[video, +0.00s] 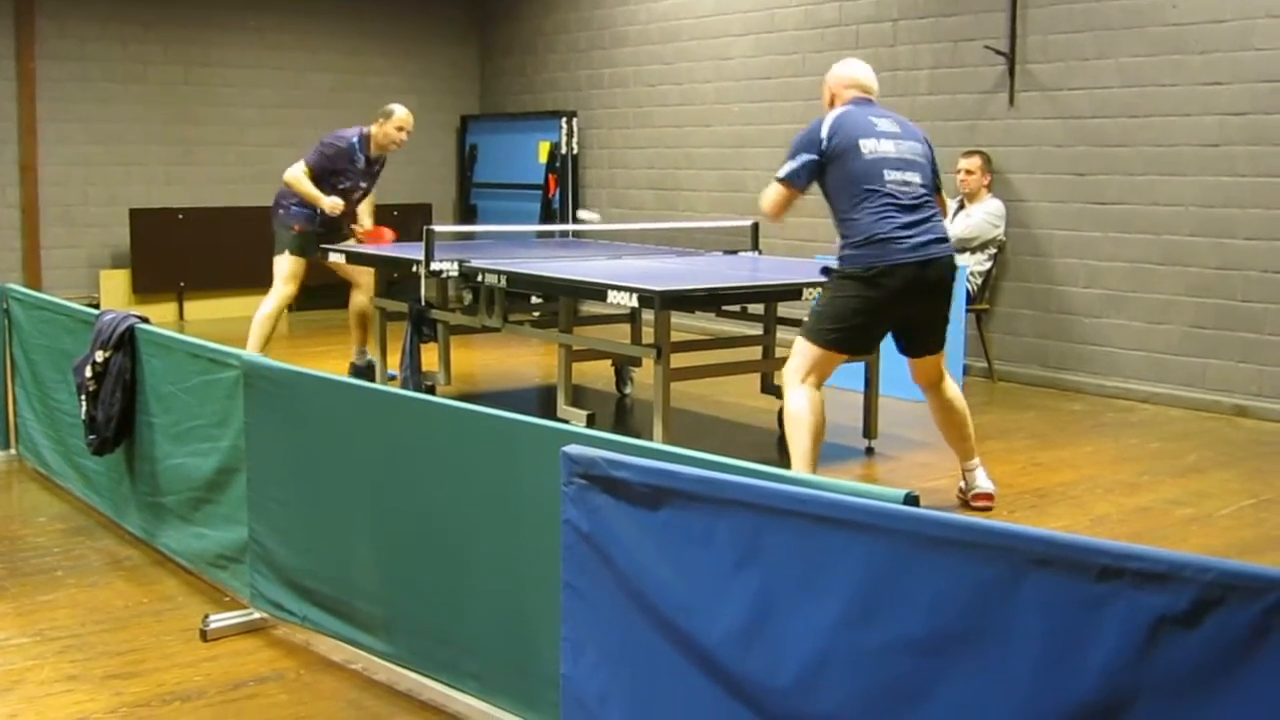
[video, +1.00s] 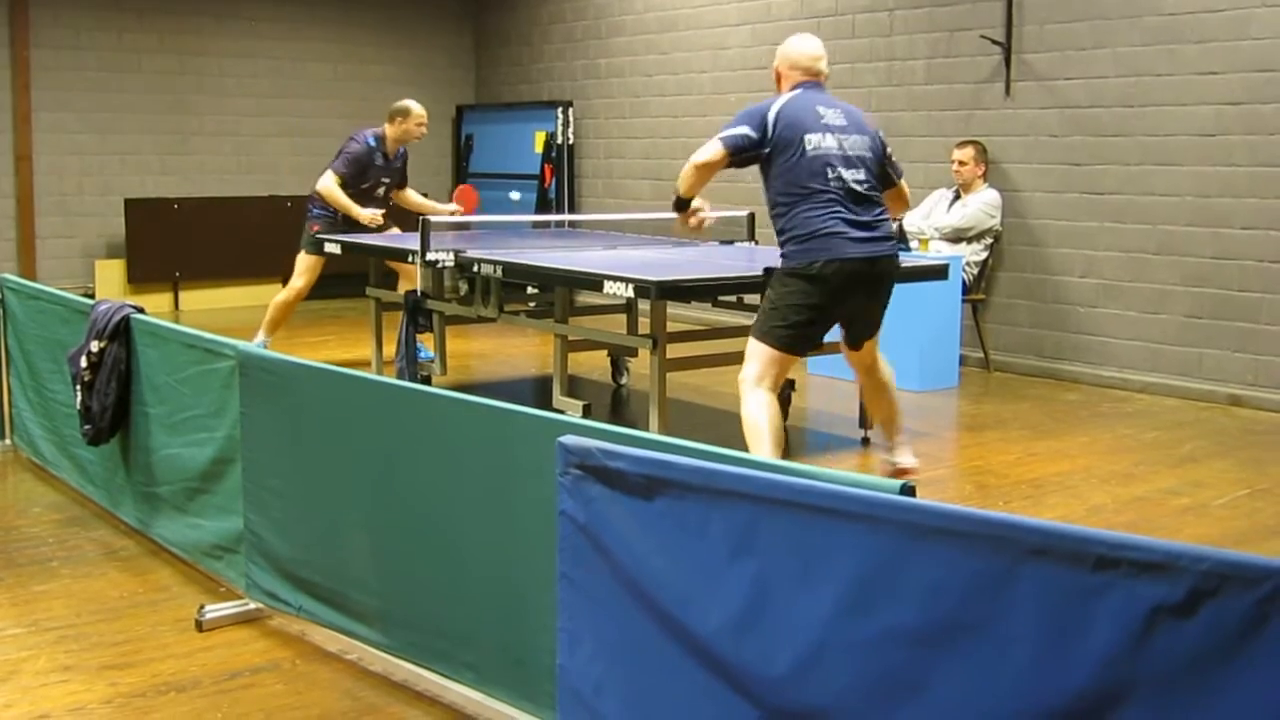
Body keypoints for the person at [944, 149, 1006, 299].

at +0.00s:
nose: (962, 178)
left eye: (969, 173)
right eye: (959, 172)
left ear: (986, 179)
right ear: (955, 175)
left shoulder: (994, 209)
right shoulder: (951, 206)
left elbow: (959, 238)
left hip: (963, 283)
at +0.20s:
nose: (964, 175)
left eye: (972, 170)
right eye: (961, 170)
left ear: (987, 176)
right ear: (956, 174)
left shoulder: (994, 205)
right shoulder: (942, 202)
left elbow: (965, 234)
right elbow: (917, 231)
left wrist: (927, 237)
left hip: (959, 280)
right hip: (923, 274)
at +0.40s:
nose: (964, 172)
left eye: (971, 167)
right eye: (960, 167)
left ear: (987, 173)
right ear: (956, 171)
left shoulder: (993, 204)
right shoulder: (944, 199)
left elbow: (961, 232)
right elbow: (911, 227)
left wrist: (925, 233)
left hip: (957, 279)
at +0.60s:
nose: (963, 170)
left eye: (970, 165)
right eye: (959, 165)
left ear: (986, 171)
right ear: (955, 169)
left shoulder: (992, 201)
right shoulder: (943, 197)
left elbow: (960, 230)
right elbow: (911, 225)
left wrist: (924, 230)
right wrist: (945, 238)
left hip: (957, 277)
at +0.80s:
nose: (957, 170)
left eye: (965, 165)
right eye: (955, 164)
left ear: (983, 170)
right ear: (952, 166)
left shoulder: (991, 200)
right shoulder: (942, 196)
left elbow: (958, 229)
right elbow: (909, 224)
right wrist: (943, 236)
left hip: (955, 276)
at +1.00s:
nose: (955, 169)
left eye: (962, 164)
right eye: (953, 163)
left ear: (980, 169)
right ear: (950, 164)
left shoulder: (990, 199)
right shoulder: (941, 194)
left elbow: (956, 228)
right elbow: (907, 223)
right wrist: (941, 234)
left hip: (954, 274)